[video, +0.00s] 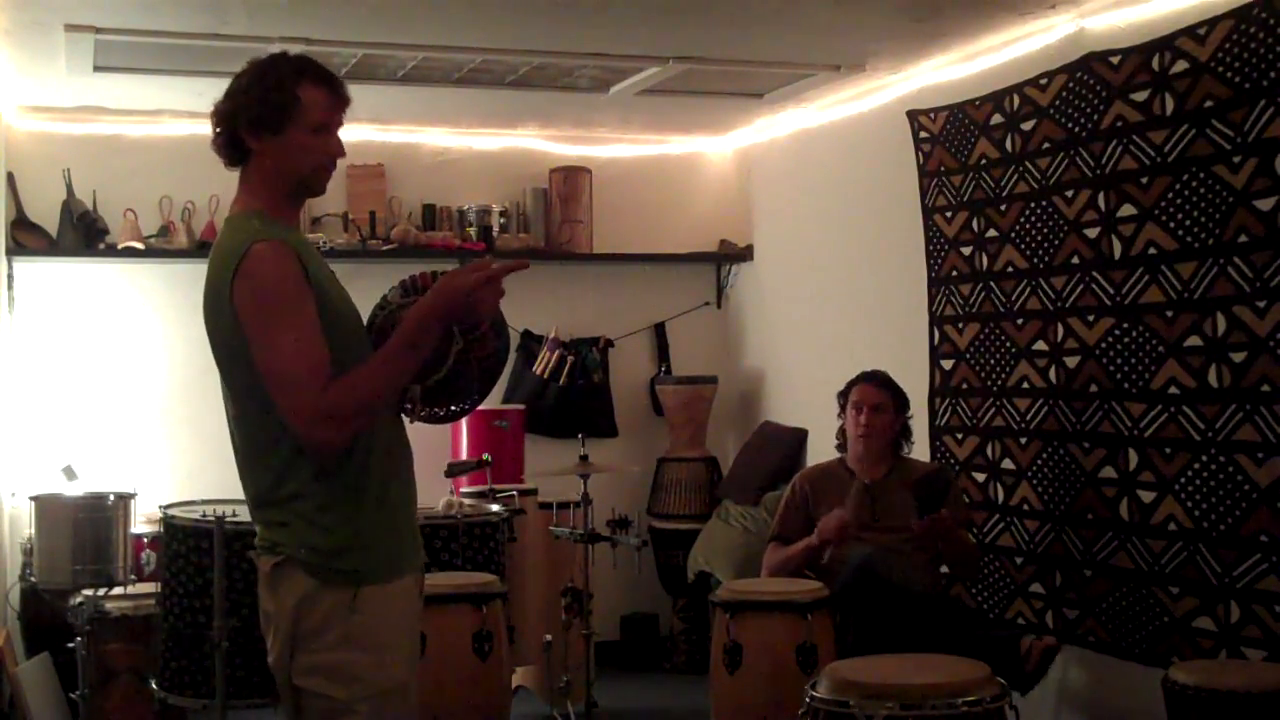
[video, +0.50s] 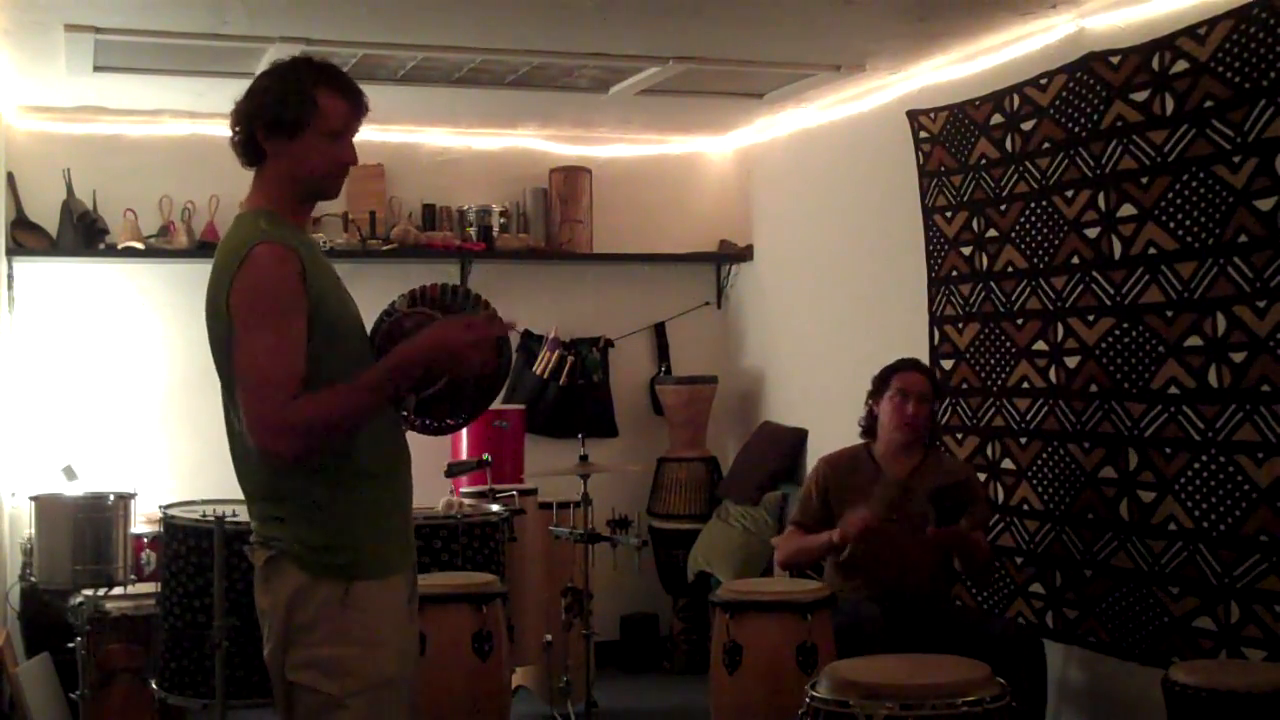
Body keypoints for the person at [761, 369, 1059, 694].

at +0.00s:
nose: (865, 419)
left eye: (877, 410)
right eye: (856, 408)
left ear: (898, 422)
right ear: (843, 417)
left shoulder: (930, 480)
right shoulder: (810, 483)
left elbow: (971, 568)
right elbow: (770, 570)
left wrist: (946, 538)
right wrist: (815, 540)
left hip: (922, 604)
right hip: (839, 610)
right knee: (868, 566)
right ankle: (1008, 650)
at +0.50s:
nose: (912, 410)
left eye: (923, 401)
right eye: (901, 397)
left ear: (933, 413)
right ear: (875, 405)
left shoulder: (955, 475)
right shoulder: (833, 470)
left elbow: (982, 566)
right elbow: (783, 554)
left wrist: (959, 539)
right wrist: (836, 536)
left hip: (933, 612)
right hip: (853, 613)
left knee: (1018, 645)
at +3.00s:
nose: (981, 462)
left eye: (993, 453)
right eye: (972, 447)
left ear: (1004, 459)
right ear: (945, 440)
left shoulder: (1009, 506)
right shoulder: (888, 491)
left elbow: (1006, 592)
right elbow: (833, 574)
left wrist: (992, 617)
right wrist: (876, 580)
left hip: (959, 619)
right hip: (885, 613)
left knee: (1019, 651)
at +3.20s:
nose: (951, 445)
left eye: (968, 438)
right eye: (948, 431)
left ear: (992, 455)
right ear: (937, 433)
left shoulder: (1008, 507)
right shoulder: (886, 489)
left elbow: (1004, 597)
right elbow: (832, 574)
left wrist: (986, 616)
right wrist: (874, 582)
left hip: (959, 627)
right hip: (884, 624)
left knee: (1017, 649)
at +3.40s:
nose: (950, 444)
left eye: (968, 437)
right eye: (947, 430)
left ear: (990, 454)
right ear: (936, 432)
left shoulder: (1006, 505)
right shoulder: (884, 489)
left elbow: (1004, 592)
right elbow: (832, 576)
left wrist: (988, 612)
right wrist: (872, 577)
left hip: (958, 624)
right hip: (884, 618)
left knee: (1016, 648)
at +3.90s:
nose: (955, 445)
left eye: (972, 439)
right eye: (950, 431)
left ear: (992, 456)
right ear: (937, 434)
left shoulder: (1007, 507)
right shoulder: (884, 489)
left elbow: (1002, 595)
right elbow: (833, 576)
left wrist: (981, 615)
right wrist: (874, 580)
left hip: (961, 625)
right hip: (886, 619)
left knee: (1015, 648)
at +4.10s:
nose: (960, 448)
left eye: (977, 442)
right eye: (955, 434)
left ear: (997, 456)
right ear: (940, 435)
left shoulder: (1008, 505)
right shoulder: (887, 488)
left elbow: (1005, 593)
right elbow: (835, 575)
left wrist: (987, 612)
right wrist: (876, 586)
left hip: (961, 621)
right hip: (888, 616)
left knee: (1016, 649)